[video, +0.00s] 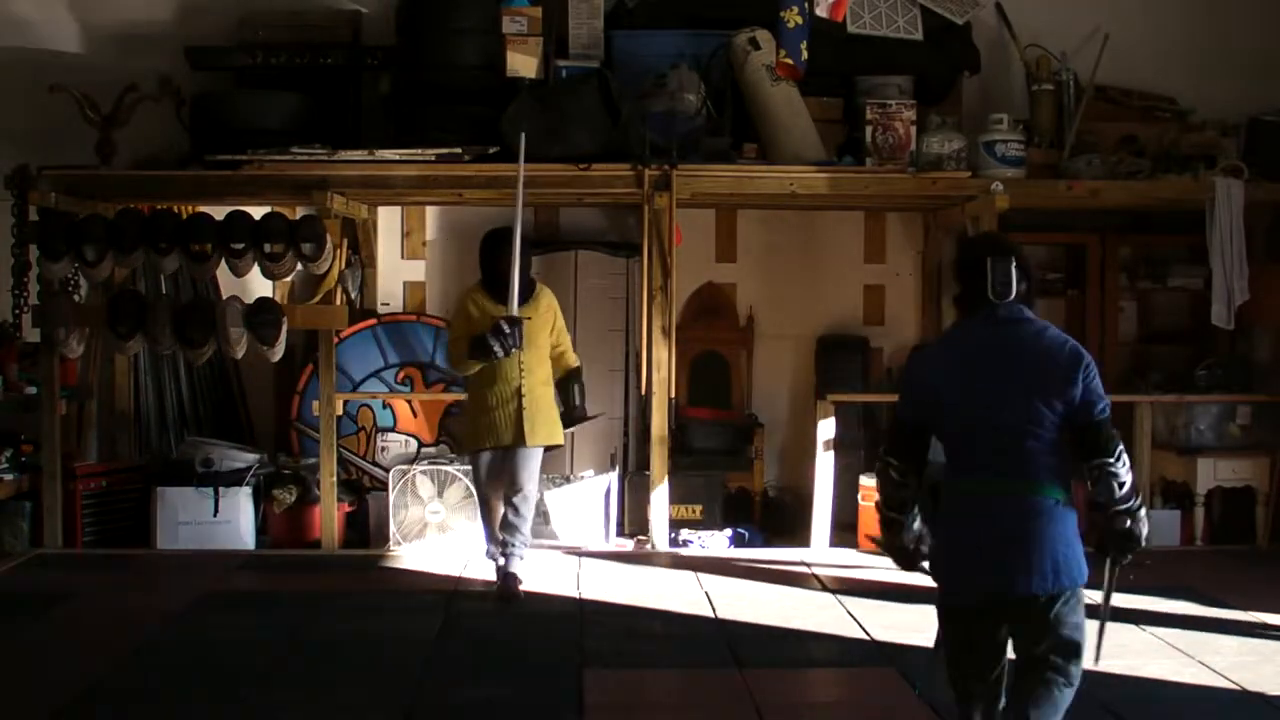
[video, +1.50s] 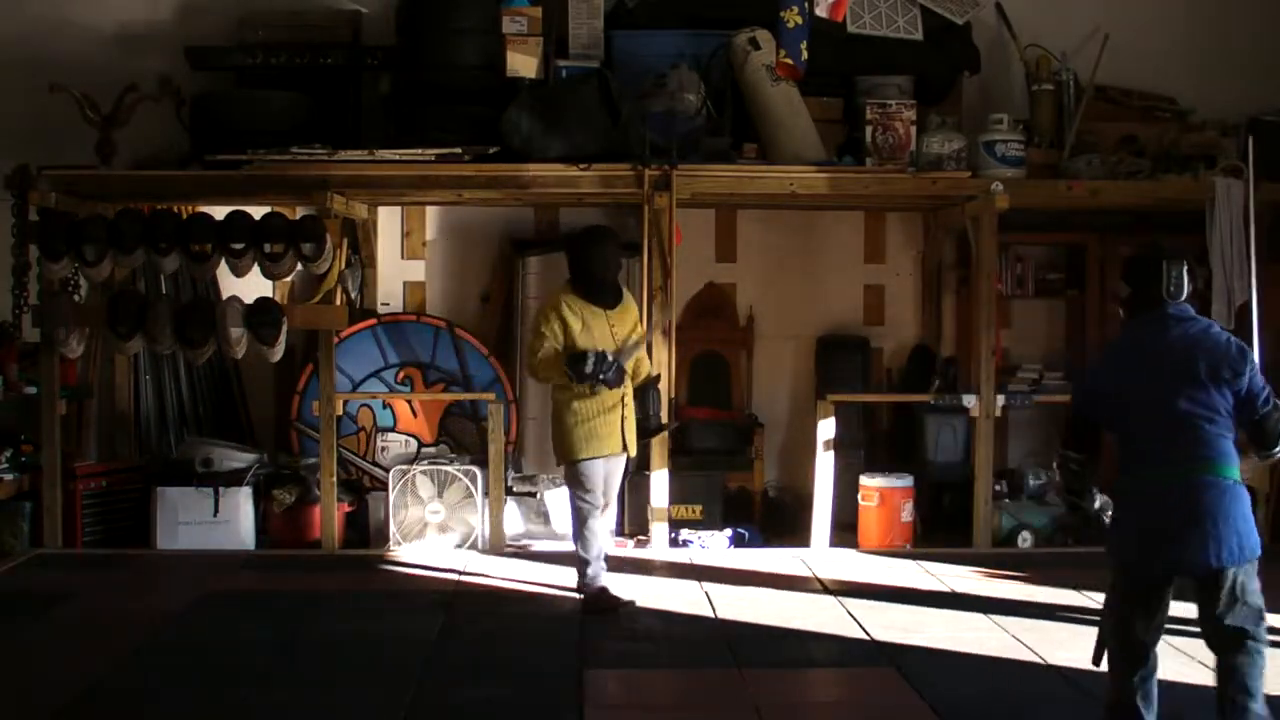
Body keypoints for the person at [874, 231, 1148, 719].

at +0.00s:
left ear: (961, 288)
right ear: (1025, 286)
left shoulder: (933, 359)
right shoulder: (1066, 356)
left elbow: (901, 460)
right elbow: (1105, 457)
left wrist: (902, 528)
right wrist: (1123, 519)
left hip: (963, 539)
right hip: (1041, 538)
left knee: (974, 675)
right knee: (1053, 663)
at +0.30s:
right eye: (1051, 280)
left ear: (1000, 285)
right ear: (1060, 285)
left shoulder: (968, 356)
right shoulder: (1096, 354)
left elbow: (939, 455)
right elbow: (1132, 464)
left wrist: (962, 500)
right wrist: (1152, 513)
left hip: (996, 533)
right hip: (1076, 536)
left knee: (993, 686)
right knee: (1116, 682)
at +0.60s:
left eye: (1062, 290)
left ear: (1070, 293)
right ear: (1128, 291)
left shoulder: (1045, 355)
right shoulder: (1170, 358)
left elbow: (1005, 448)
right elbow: (1202, 458)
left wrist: (1006, 513)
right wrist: (1216, 522)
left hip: (1068, 529)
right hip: (1150, 532)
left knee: (1042, 660)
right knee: (1157, 670)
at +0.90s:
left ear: (1117, 289)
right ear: (1172, 288)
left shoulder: (1088, 352)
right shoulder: (1207, 355)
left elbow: (1044, 439)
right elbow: (1242, 444)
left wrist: (1052, 494)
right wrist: (1250, 494)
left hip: (1101, 519)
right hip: (1179, 521)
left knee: (1101, 658)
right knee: (1172, 659)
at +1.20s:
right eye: (1173, 283)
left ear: (1122, 289)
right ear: (1178, 288)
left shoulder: (1095, 352)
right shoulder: (1212, 352)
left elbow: (1055, 443)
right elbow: (1254, 446)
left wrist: (1059, 499)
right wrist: (1262, 448)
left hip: (1116, 515)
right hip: (1190, 518)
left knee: (1120, 648)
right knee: (1180, 651)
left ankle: (1122, 715)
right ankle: (1168, 718)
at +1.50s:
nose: (1125, 299)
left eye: (1128, 291)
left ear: (1132, 293)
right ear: (1186, 290)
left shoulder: (1115, 353)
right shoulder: (1224, 347)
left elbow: (1081, 440)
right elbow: (1267, 434)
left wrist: (1080, 500)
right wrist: (1251, 447)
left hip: (1142, 515)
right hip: (1218, 514)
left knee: (1132, 648)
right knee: (1240, 640)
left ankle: (1130, 718)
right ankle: (1247, 715)